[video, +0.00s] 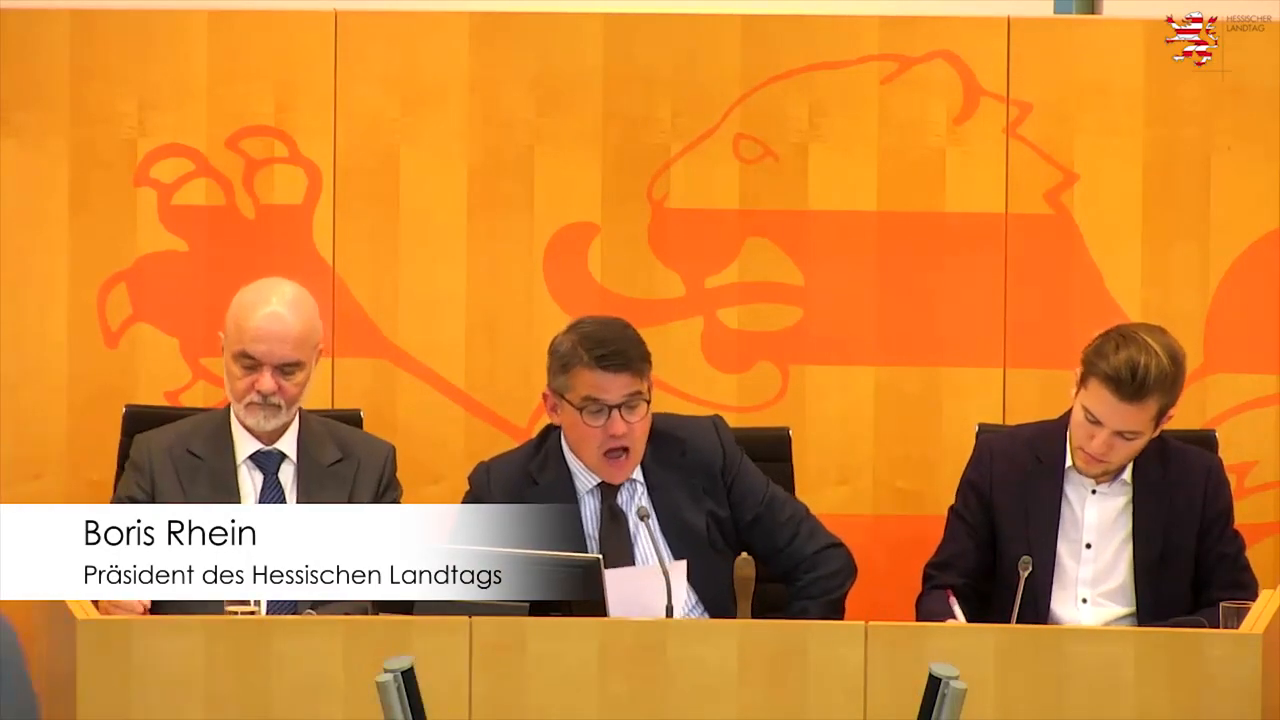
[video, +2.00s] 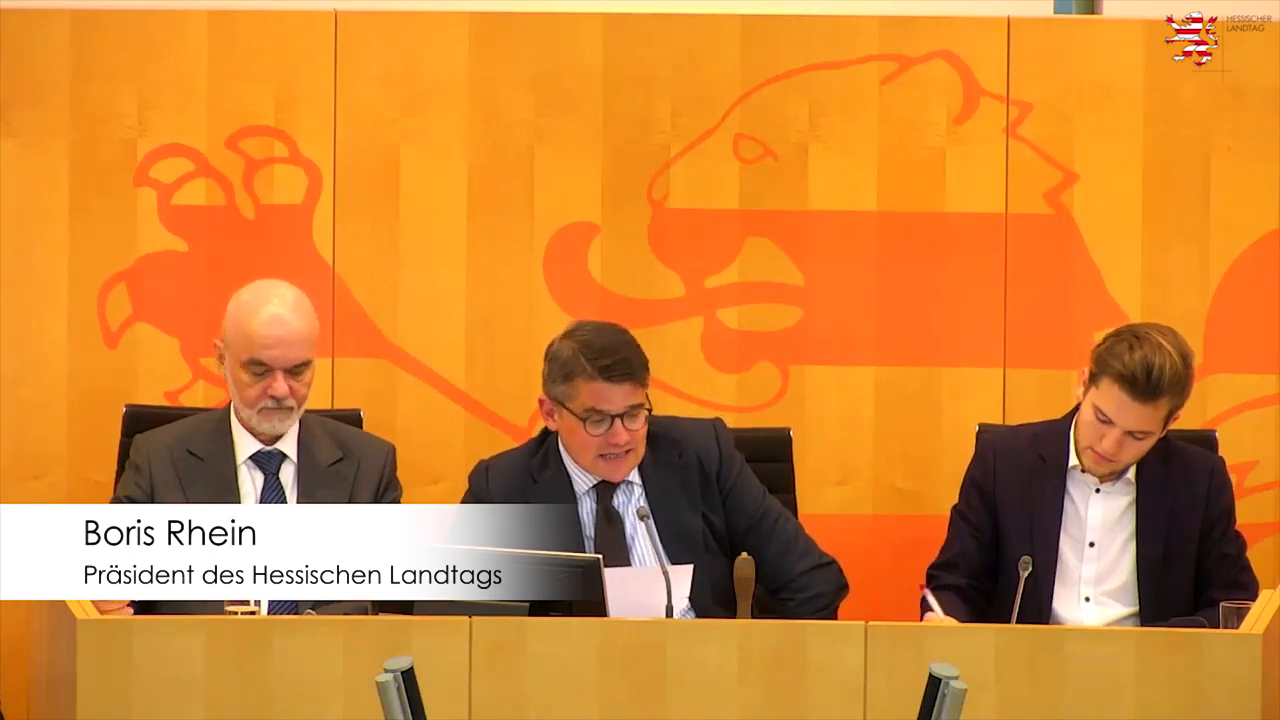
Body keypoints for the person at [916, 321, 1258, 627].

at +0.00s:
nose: (1098, 445)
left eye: (1125, 436)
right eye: (1090, 418)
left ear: (1162, 421)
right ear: (1077, 384)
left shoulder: (1198, 477)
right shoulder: (1000, 458)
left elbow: (1238, 602)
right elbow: (944, 588)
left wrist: (1161, 645)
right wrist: (960, 644)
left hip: (1147, 679)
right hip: (1022, 671)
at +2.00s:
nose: (1109, 446)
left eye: (1136, 435)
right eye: (1101, 418)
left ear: (1168, 422)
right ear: (1084, 382)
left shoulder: (1201, 478)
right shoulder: (1003, 458)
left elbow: (1238, 602)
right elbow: (953, 586)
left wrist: (1162, 646)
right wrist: (946, 638)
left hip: (1151, 680)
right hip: (1025, 672)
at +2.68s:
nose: (1095, 425)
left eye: (1119, 408)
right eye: (1082, 400)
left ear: (1149, 395)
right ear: (1062, 377)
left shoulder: (1195, 477)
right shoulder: (998, 460)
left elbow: (1240, 610)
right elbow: (956, 587)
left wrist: (1137, 596)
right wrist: (939, 615)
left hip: (1150, 686)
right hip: (1022, 679)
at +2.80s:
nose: (1095, 422)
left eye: (1117, 404)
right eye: (1079, 400)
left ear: (1146, 389)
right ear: (1055, 381)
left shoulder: (1191, 473)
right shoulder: (997, 459)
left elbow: (1225, 606)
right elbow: (956, 587)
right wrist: (941, 617)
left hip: (1150, 680)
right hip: (1022, 674)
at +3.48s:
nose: (1113, 410)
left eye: (1129, 386)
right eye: (1091, 391)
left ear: (1146, 377)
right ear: (1056, 387)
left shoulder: (1205, 474)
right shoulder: (1008, 463)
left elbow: (1233, 606)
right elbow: (967, 586)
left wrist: (1122, 559)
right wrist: (940, 617)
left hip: (1154, 677)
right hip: (1027, 673)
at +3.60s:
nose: (1115, 406)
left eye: (1129, 382)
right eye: (1092, 387)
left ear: (1145, 374)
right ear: (1055, 387)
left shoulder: (1205, 472)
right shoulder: (1009, 464)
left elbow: (1245, 606)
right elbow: (968, 587)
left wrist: (1144, 598)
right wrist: (943, 614)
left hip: (1158, 685)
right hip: (1029, 680)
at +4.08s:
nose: (1100, 389)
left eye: (1118, 370)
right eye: (1081, 370)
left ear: (1146, 374)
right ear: (1056, 375)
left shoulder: (1199, 469)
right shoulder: (1003, 460)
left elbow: (1240, 601)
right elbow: (956, 583)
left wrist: (1175, 641)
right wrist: (945, 616)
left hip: (1159, 672)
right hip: (1030, 667)